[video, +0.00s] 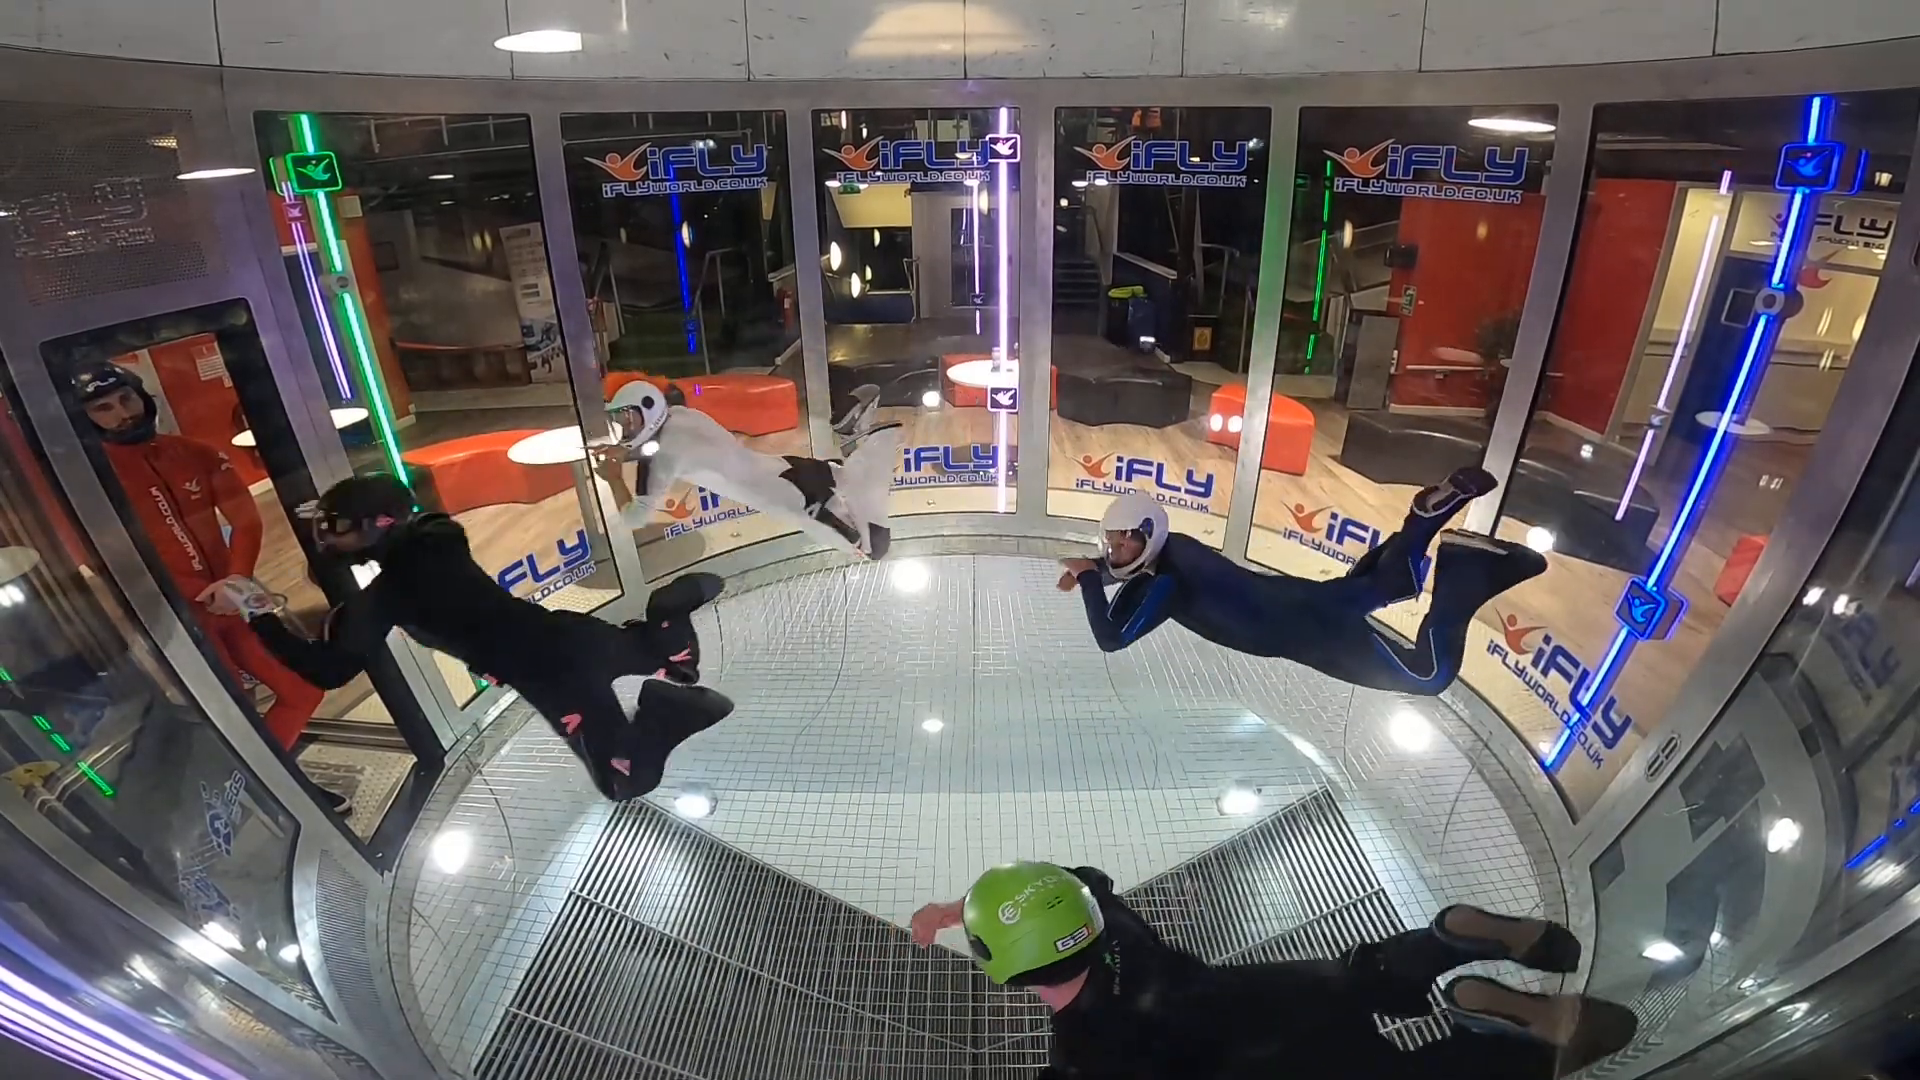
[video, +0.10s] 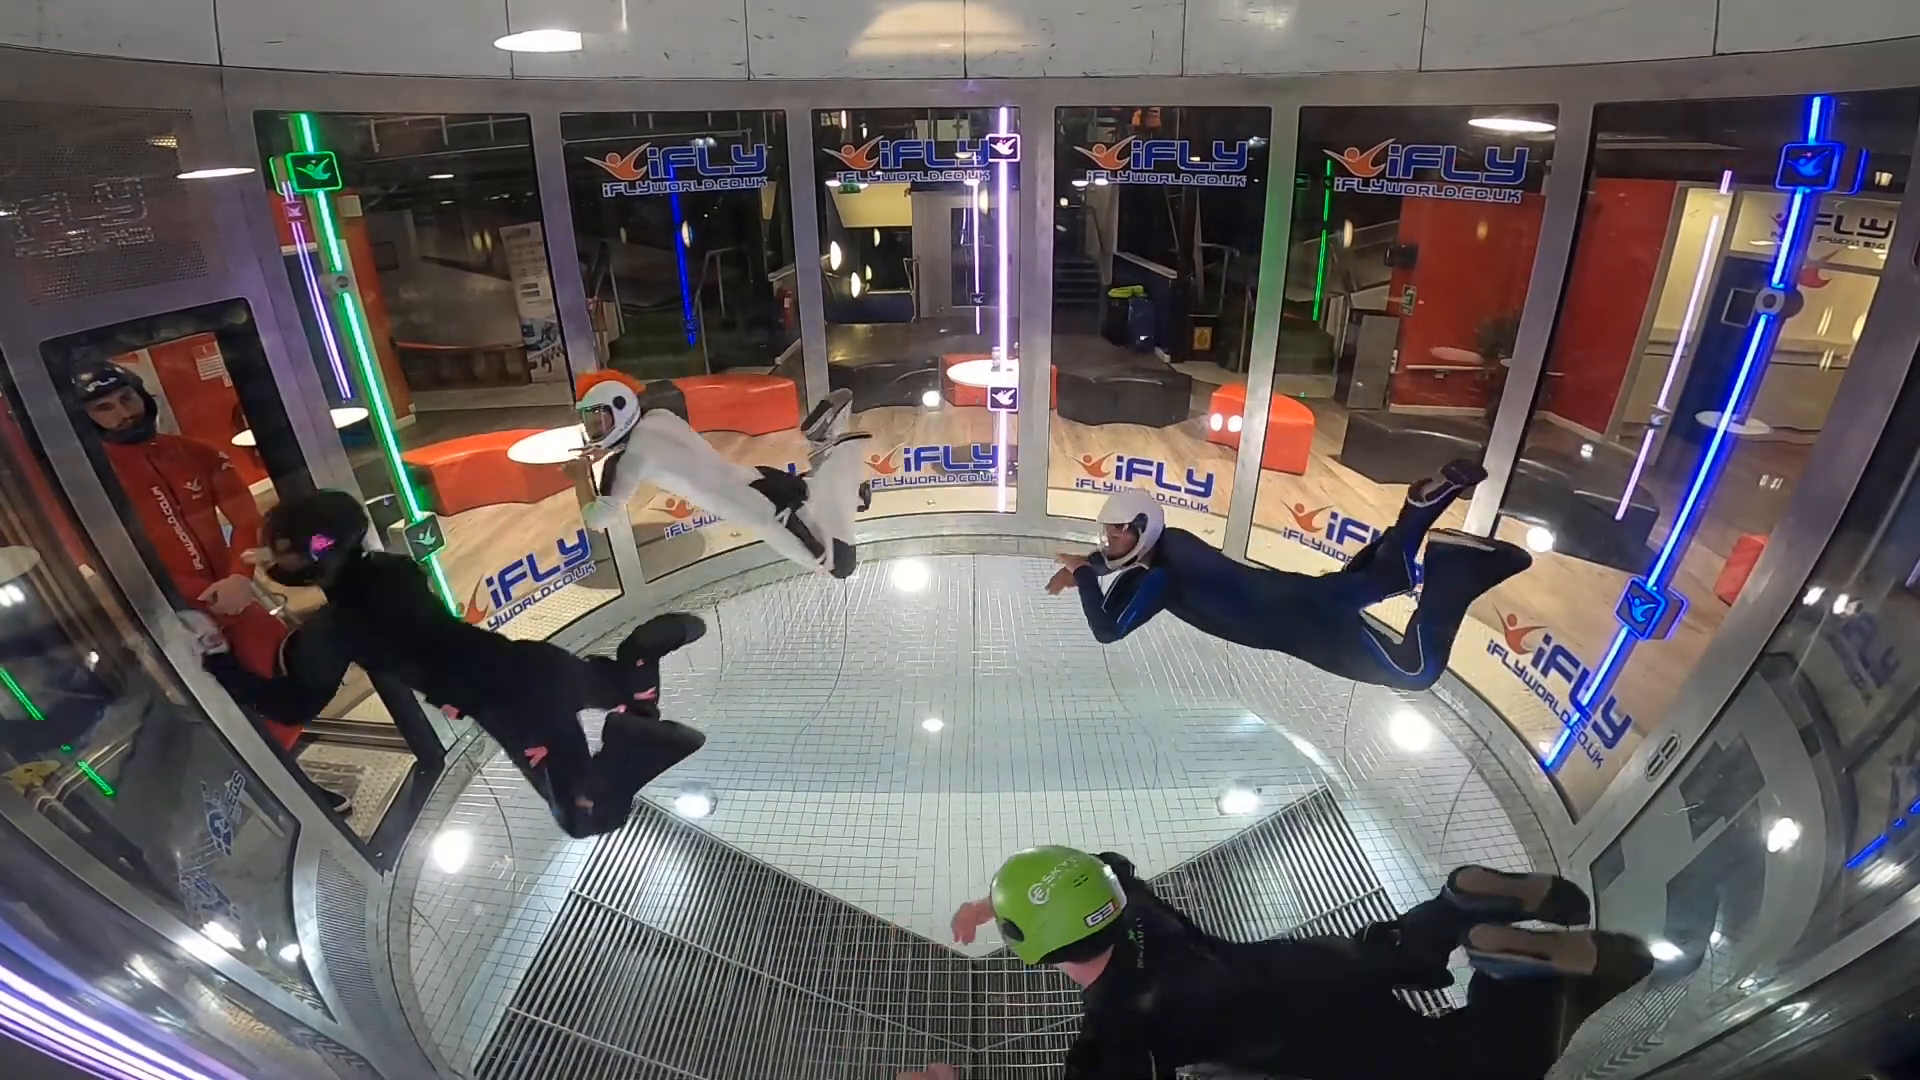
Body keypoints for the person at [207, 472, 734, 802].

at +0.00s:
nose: (336, 540)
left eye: (343, 528)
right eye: (333, 529)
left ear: (380, 526)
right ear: (392, 519)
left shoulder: (393, 589)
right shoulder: (433, 536)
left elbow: (329, 668)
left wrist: (259, 618)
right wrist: (334, 533)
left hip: (551, 675)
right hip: (568, 632)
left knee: (624, 779)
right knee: (645, 655)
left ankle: (665, 711)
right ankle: (678, 613)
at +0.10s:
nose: (272, 568)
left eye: (280, 556)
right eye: (272, 555)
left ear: (308, 561)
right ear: (344, 542)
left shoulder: (333, 628)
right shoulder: (387, 567)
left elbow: (295, 704)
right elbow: (348, 612)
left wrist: (219, 664)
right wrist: (278, 599)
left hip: (512, 704)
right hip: (532, 657)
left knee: (582, 811)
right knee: (605, 690)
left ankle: (634, 743)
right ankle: (644, 653)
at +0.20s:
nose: (217, 578)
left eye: (229, 568)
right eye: (220, 565)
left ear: (262, 580)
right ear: (283, 572)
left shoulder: (286, 661)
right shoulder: (325, 602)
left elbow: (263, 750)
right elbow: (374, 623)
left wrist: (182, 731)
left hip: (476, 739)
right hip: (489, 694)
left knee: (556, 853)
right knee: (564, 721)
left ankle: (613, 778)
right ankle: (609, 706)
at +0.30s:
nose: (194, 634)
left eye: (195, 623)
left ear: (212, 639)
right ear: (265, 604)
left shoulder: (252, 697)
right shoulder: (294, 643)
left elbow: (217, 785)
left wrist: (162, 728)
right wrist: (194, 701)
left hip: (440, 787)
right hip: (456, 740)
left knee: (543, 885)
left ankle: (598, 817)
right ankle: (584, 749)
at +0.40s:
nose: (261, 613)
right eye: (245, 610)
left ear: (196, 661)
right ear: (245, 623)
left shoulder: (230, 725)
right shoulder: (285, 673)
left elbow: (199, 811)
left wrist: (162, 739)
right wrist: (181, 714)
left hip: (406, 826)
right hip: (428, 784)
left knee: (555, 927)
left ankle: (577, 831)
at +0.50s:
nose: (267, 624)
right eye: (251, 622)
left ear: (207, 680)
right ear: (245, 652)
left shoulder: (240, 749)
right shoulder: (296, 717)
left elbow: (205, 835)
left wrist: (169, 765)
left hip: (414, 860)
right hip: (440, 825)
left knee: (549, 965)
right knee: (558, 886)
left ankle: (600, 872)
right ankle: (613, 861)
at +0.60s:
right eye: (289, 661)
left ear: (239, 703)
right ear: (284, 678)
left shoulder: (265, 776)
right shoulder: (338, 734)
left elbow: (211, 839)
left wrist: (170, 767)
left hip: (442, 890)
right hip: (479, 845)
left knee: (555, 998)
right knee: (596, 899)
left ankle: (623, 935)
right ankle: (686, 914)